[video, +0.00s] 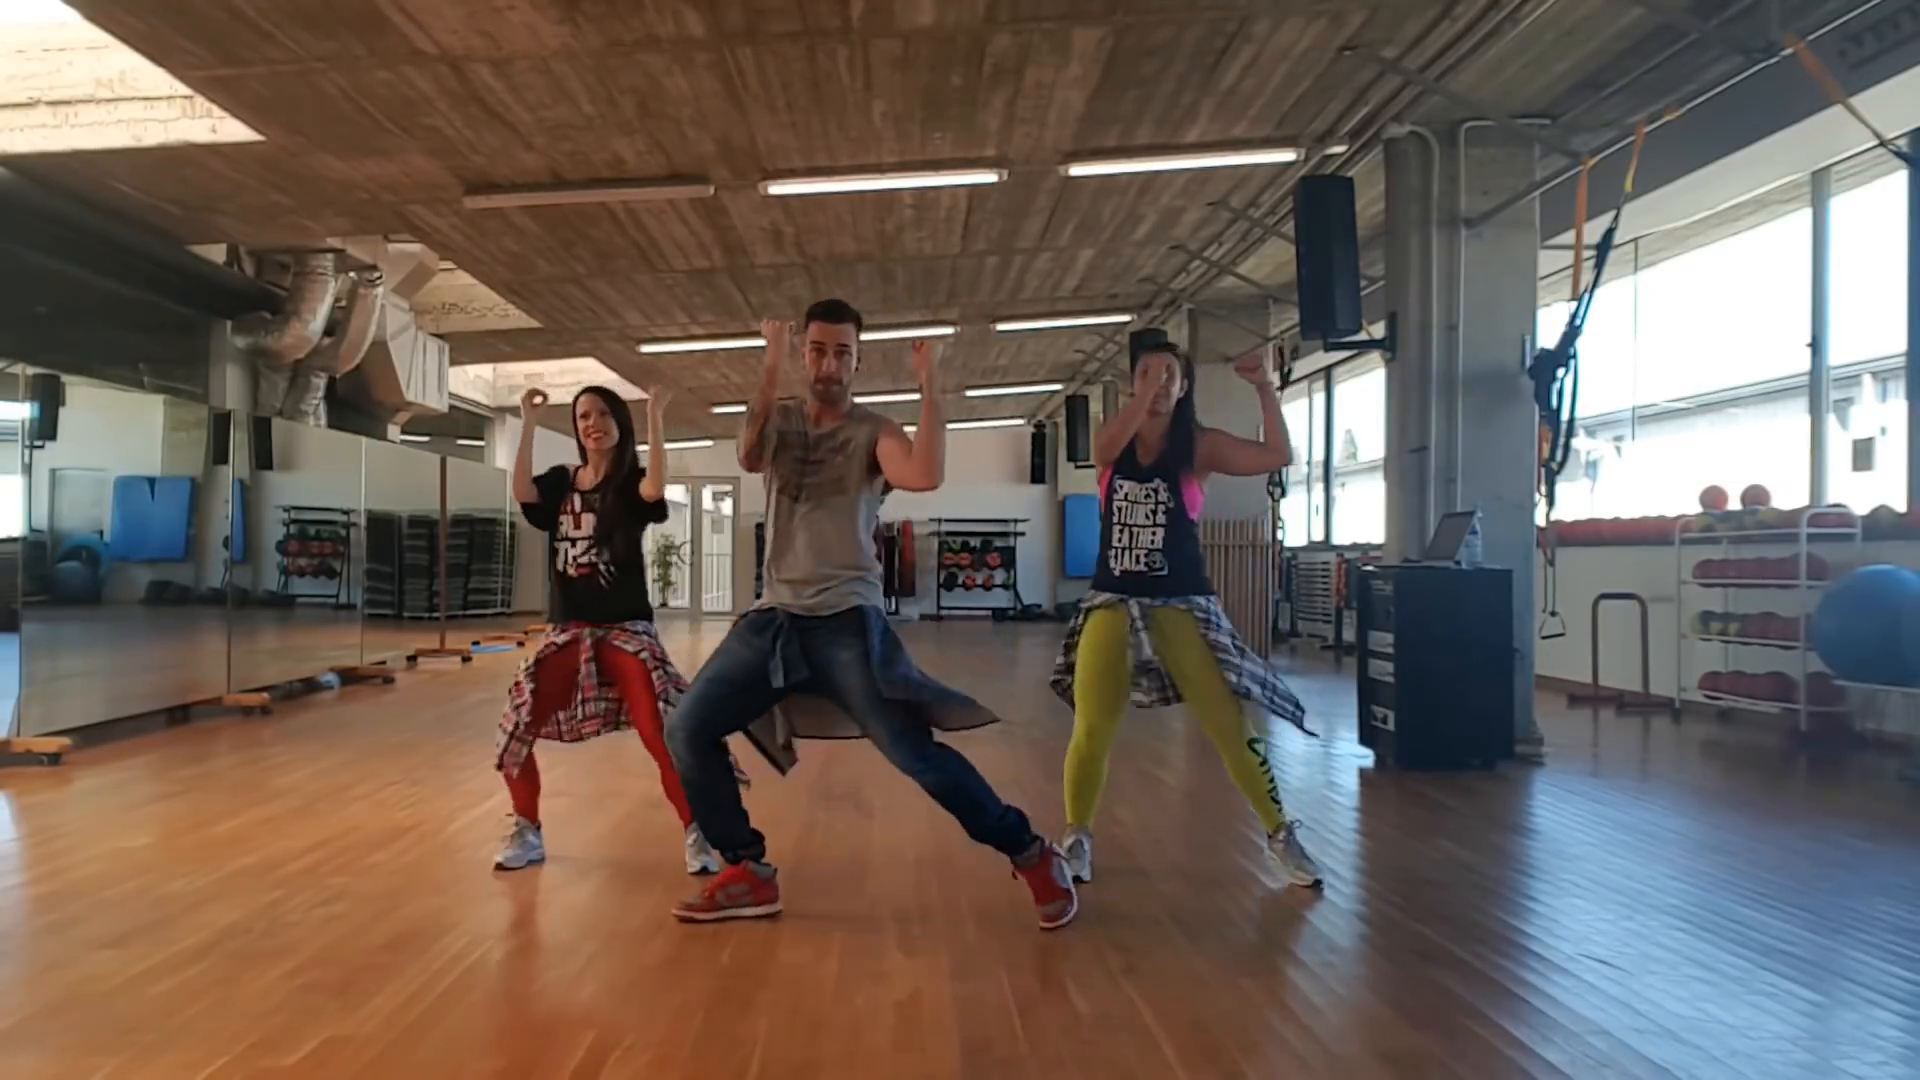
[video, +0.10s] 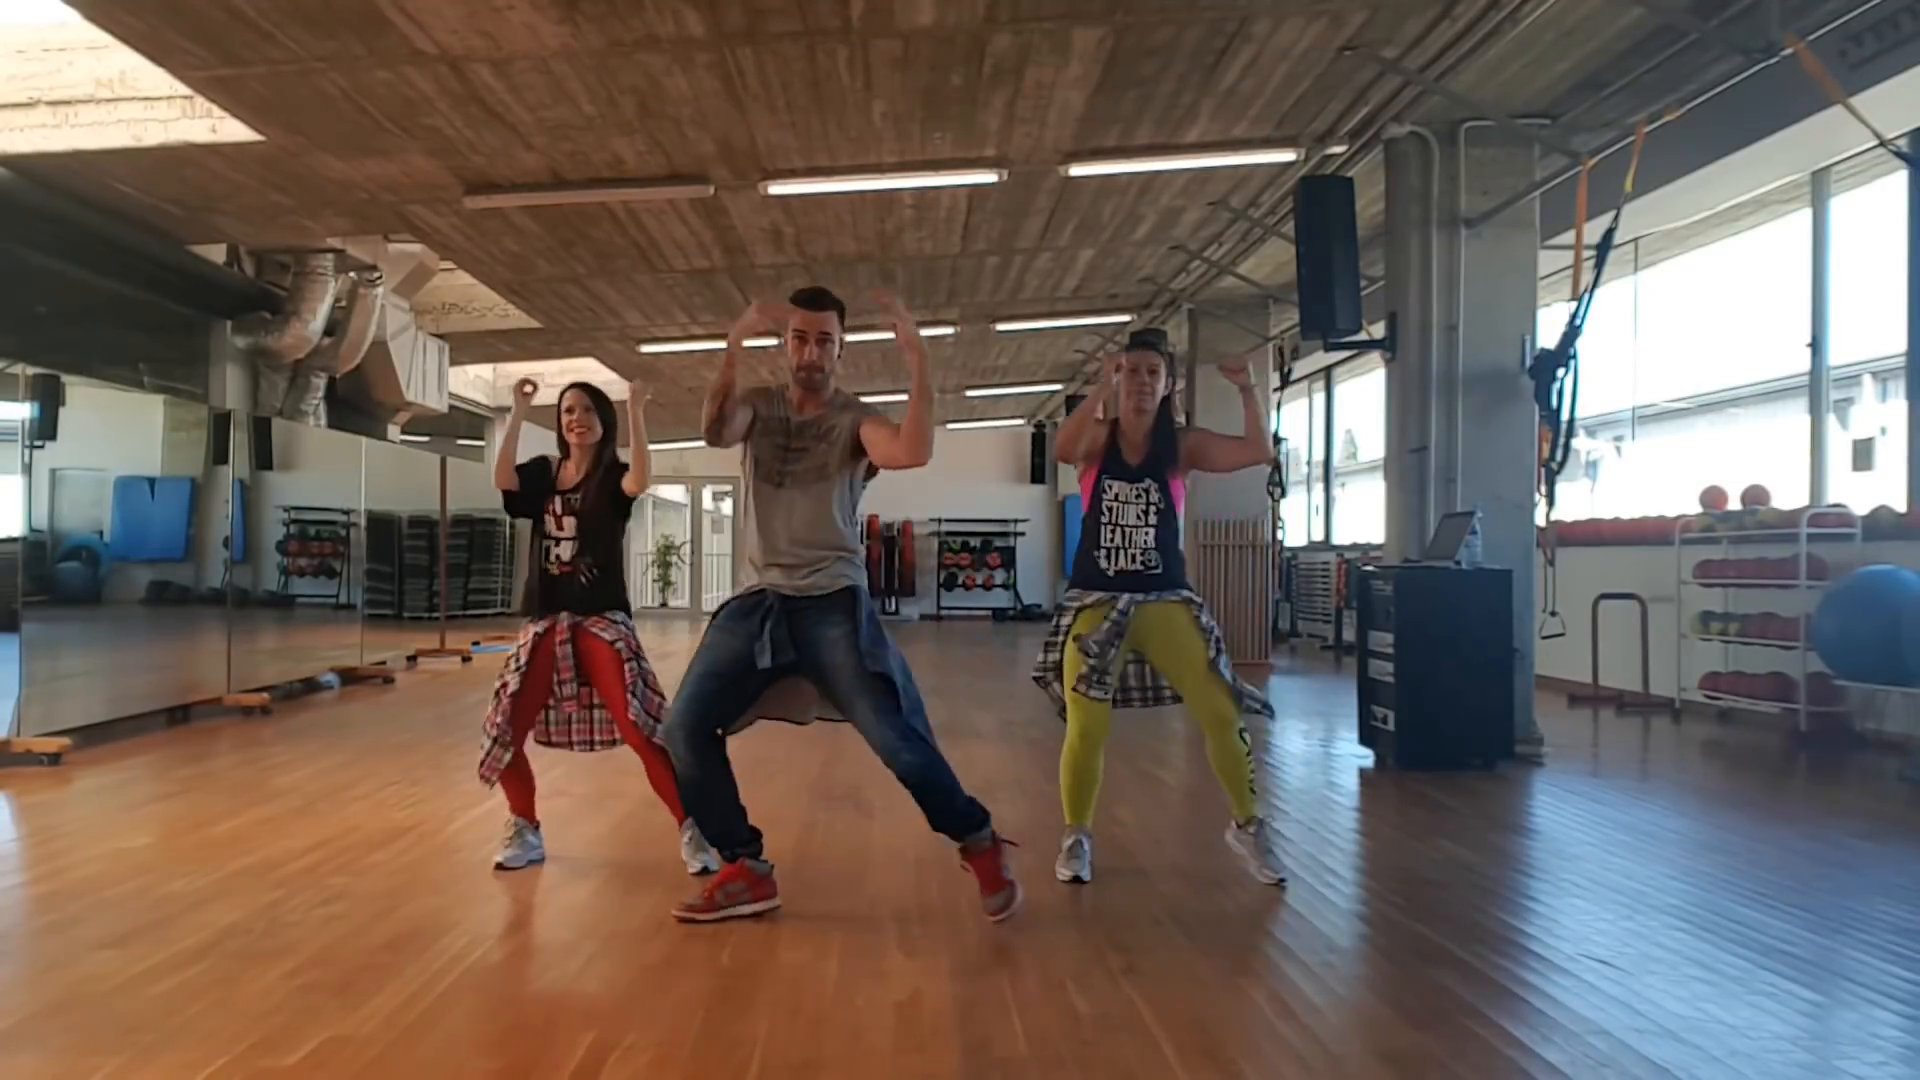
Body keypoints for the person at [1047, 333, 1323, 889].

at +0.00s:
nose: (1161, 388)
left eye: (1171, 377)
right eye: (1151, 376)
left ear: (1185, 385)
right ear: (1132, 385)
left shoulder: (1200, 445)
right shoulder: (1112, 441)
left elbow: (1277, 455)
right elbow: (1111, 444)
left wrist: (1264, 386)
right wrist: (1145, 393)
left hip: (1180, 600)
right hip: (1111, 599)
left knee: (1228, 725)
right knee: (1091, 729)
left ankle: (1282, 837)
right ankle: (1076, 841)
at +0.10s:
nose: (1141, 382)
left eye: (1151, 373)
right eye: (1131, 372)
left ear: (1168, 386)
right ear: (1116, 382)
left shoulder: (1181, 445)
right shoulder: (1097, 437)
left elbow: (1256, 451)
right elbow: (1065, 450)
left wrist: (1245, 386)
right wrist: (1101, 392)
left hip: (1164, 600)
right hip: (1095, 600)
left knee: (1219, 710)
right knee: (1085, 729)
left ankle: (1248, 827)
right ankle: (1076, 837)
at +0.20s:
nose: (1132, 375)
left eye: (1143, 367)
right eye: (1123, 366)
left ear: (1158, 378)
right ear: (1107, 375)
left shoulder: (1173, 437)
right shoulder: (1085, 430)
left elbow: (1248, 442)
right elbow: (1029, 444)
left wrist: (1231, 380)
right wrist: (1054, 381)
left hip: (1156, 595)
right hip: (1087, 594)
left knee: (1201, 703)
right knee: (1086, 722)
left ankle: (1177, 813)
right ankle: (1076, 836)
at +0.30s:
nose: (1125, 371)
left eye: (1135, 363)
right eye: (1116, 361)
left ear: (1150, 373)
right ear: (1099, 370)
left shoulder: (1168, 430)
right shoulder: (1077, 428)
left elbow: (1248, 437)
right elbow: (1016, 438)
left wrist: (1226, 371)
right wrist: (1035, 368)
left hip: (1153, 593)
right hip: (1085, 591)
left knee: (1162, 716)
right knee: (1083, 721)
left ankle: (1119, 818)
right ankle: (1074, 835)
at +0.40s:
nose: (1120, 373)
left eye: (1130, 364)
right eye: (1111, 363)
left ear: (1144, 374)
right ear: (1093, 373)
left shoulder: (1165, 431)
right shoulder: (1074, 432)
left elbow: (1245, 438)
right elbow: (1024, 434)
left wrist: (1228, 371)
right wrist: (1048, 368)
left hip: (1150, 592)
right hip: (1083, 590)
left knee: (1148, 718)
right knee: (1080, 716)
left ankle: (1106, 827)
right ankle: (1075, 833)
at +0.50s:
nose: (1122, 374)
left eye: (1132, 366)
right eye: (1112, 365)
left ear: (1144, 376)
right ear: (1094, 373)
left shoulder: (1161, 433)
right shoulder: (1076, 429)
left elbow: (1238, 442)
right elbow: (1032, 436)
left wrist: (1237, 376)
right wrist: (1061, 374)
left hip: (1154, 592)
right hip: (1087, 592)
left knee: (1176, 711)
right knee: (1082, 719)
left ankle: (1129, 815)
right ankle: (1075, 835)